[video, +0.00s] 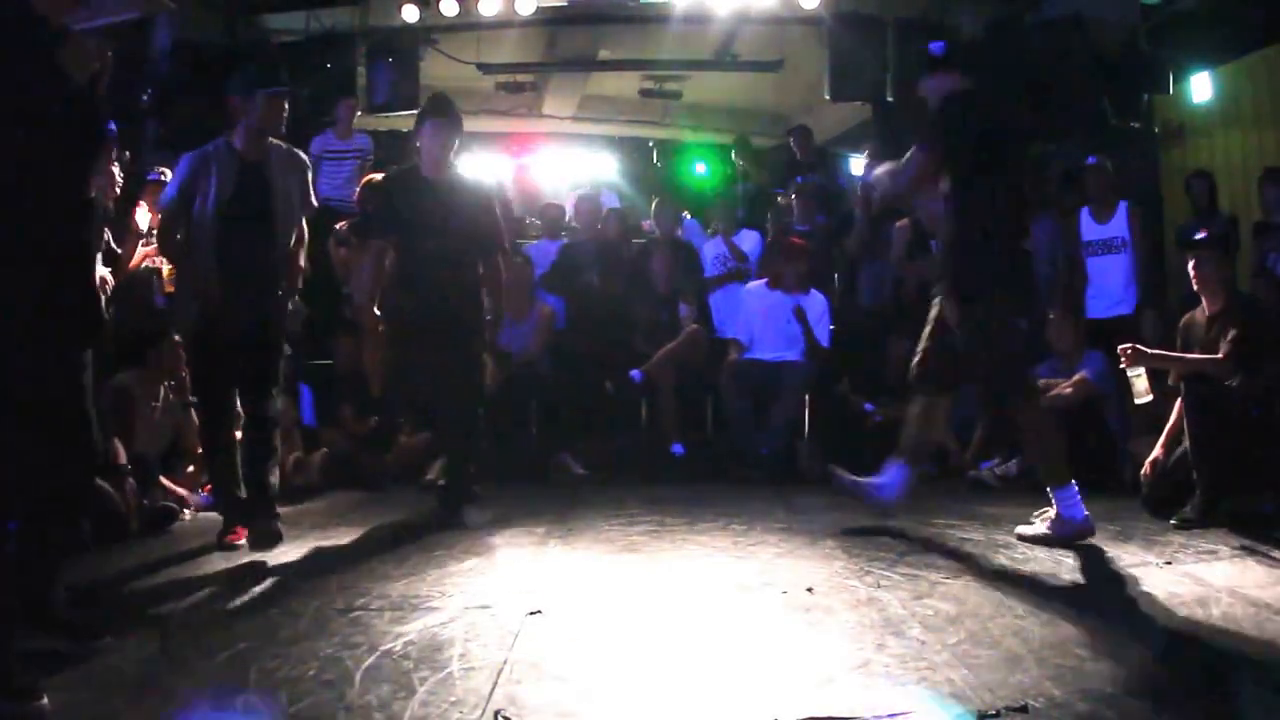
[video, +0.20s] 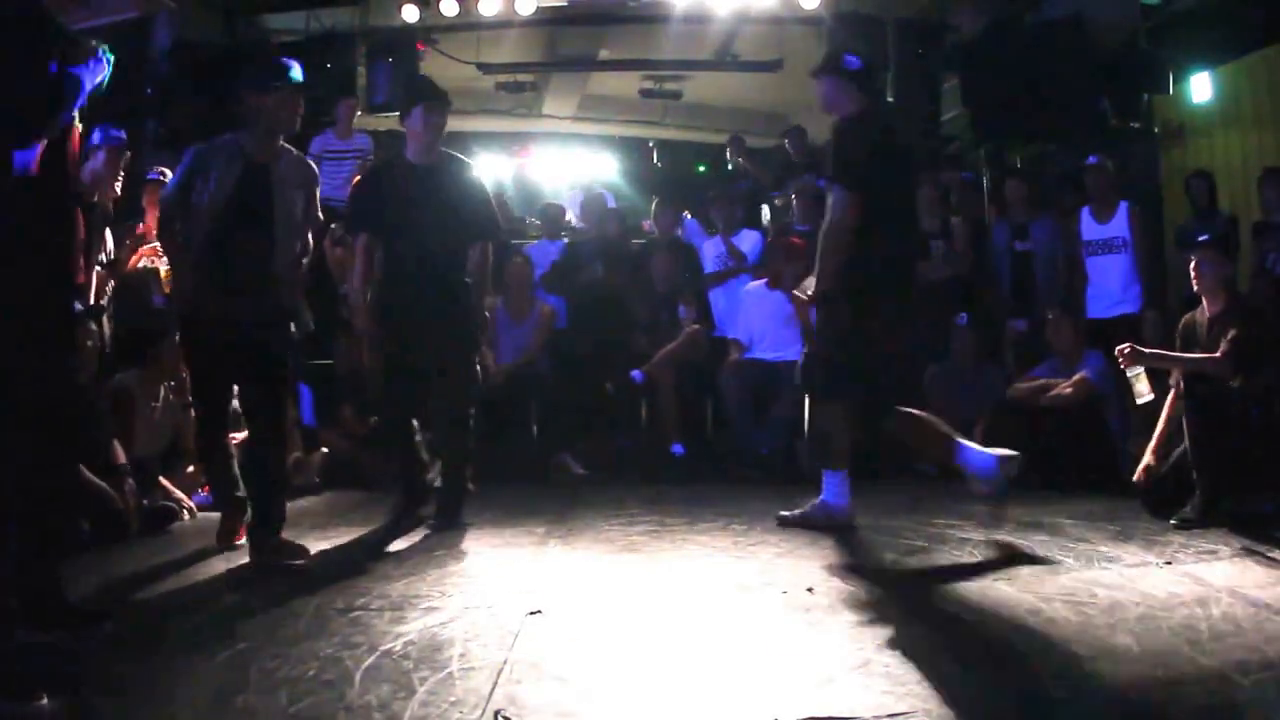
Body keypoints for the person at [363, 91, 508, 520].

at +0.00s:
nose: (441, 144)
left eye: (448, 136)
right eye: (434, 135)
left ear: (457, 141)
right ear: (418, 137)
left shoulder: (476, 196)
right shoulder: (391, 190)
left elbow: (493, 266)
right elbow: (375, 253)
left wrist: (497, 321)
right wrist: (366, 307)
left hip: (461, 319)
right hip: (408, 317)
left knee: (463, 411)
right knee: (412, 408)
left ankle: (455, 498)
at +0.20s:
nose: (434, 127)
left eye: (440, 119)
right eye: (426, 118)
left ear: (447, 124)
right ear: (406, 122)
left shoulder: (462, 179)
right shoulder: (381, 178)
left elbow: (481, 250)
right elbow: (363, 246)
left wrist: (481, 308)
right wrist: (359, 303)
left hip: (450, 307)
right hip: (395, 306)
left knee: (453, 408)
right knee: (392, 407)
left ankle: (451, 502)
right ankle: (412, 490)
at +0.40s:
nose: (408, 119)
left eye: (414, 111)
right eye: (400, 110)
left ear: (421, 116)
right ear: (379, 116)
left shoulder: (440, 170)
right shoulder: (356, 175)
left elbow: (463, 238)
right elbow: (334, 243)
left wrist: (457, 300)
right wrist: (331, 306)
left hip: (429, 305)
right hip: (372, 305)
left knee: (441, 413)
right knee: (366, 415)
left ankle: (450, 505)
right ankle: (366, 515)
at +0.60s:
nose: (382, 107)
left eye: (389, 99)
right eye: (373, 98)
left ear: (397, 105)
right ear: (353, 105)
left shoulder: (420, 155)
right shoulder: (329, 163)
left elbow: (440, 232)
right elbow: (316, 235)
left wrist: (438, 297)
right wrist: (311, 297)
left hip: (405, 298)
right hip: (348, 299)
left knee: (417, 406)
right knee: (349, 413)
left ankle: (435, 494)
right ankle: (365, 511)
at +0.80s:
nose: (371, 98)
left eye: (377, 89)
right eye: (361, 89)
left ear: (385, 95)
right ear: (338, 96)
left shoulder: (408, 151)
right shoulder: (316, 157)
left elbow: (430, 233)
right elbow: (292, 232)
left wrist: (426, 295)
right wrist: (289, 299)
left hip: (390, 296)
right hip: (332, 297)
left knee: (391, 412)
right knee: (343, 413)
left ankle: (394, 518)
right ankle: (360, 514)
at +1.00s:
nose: (349, 105)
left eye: (358, 94)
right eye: (343, 95)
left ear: (377, 95)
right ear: (334, 99)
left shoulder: (401, 154)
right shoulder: (318, 154)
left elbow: (420, 235)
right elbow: (291, 227)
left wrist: (417, 303)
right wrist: (275, 288)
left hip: (382, 297)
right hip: (326, 296)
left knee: (377, 406)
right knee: (335, 409)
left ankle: (377, 519)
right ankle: (356, 511)